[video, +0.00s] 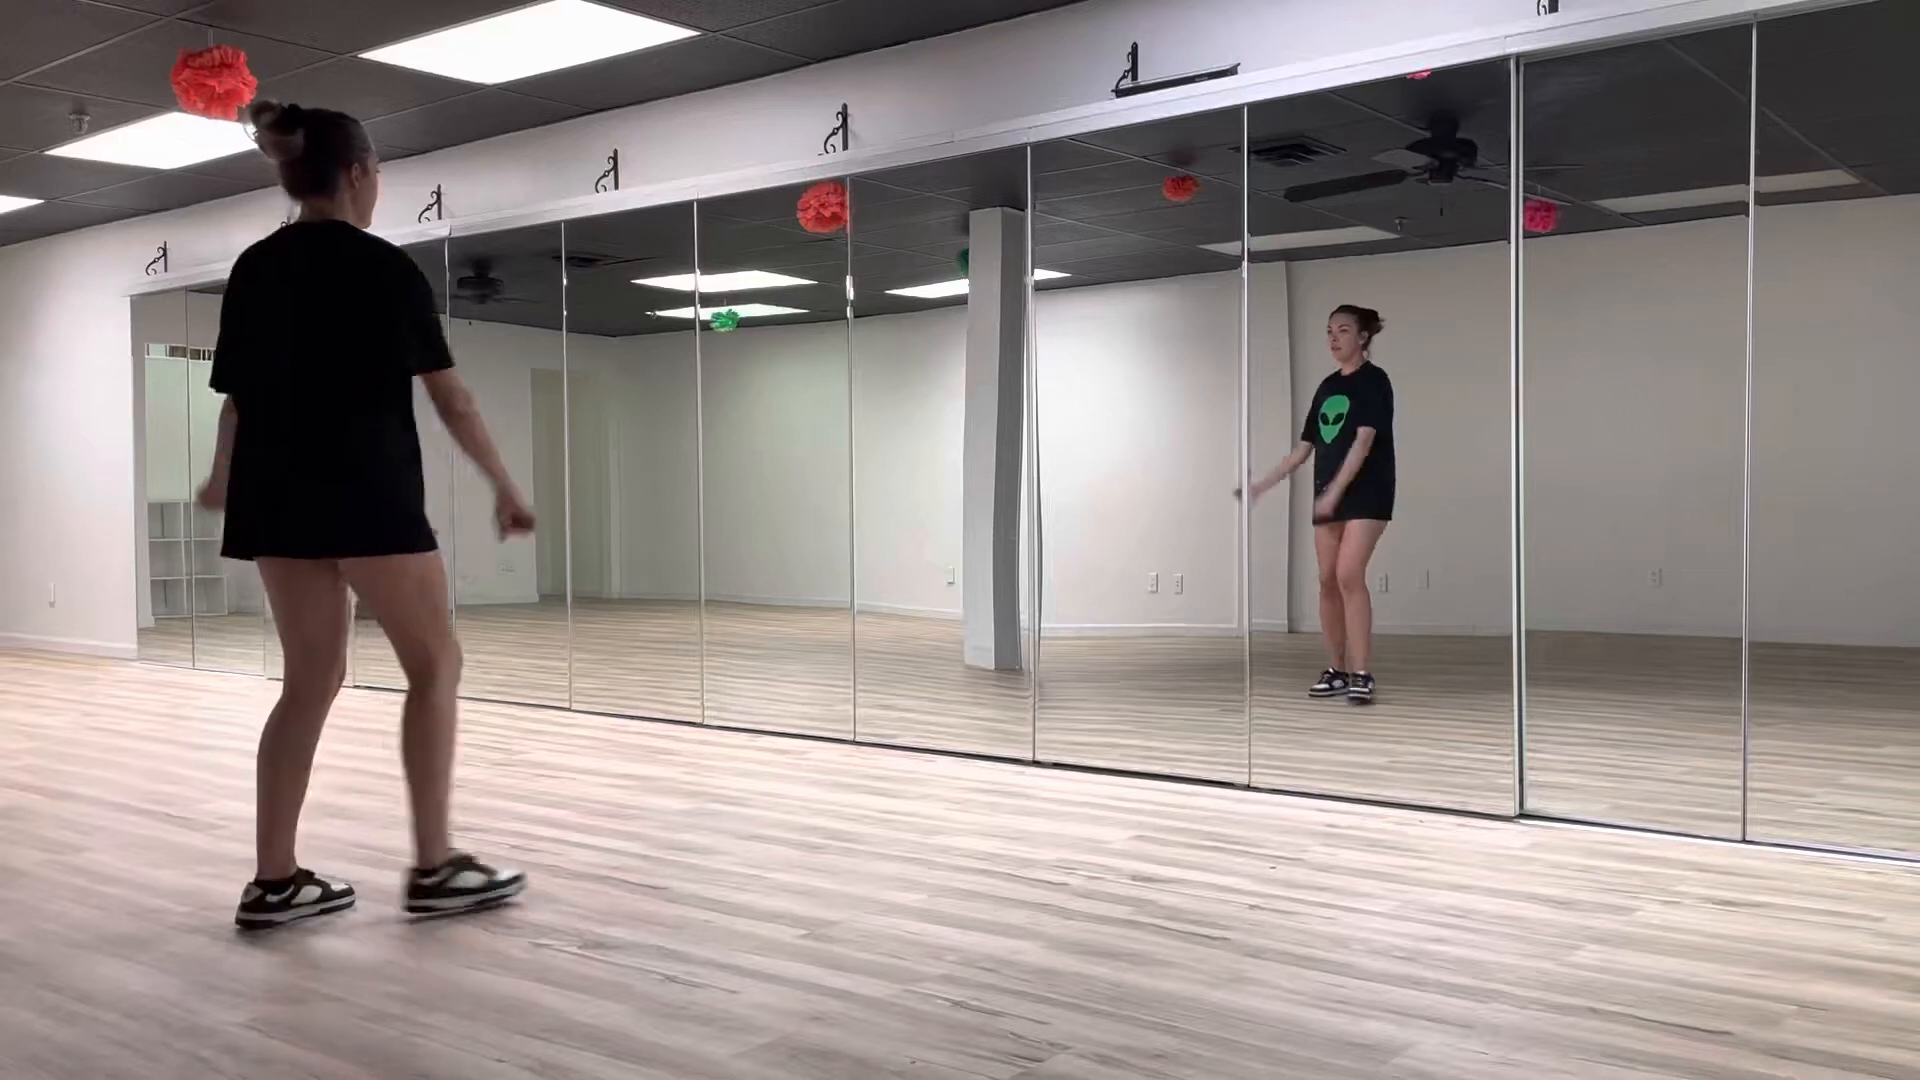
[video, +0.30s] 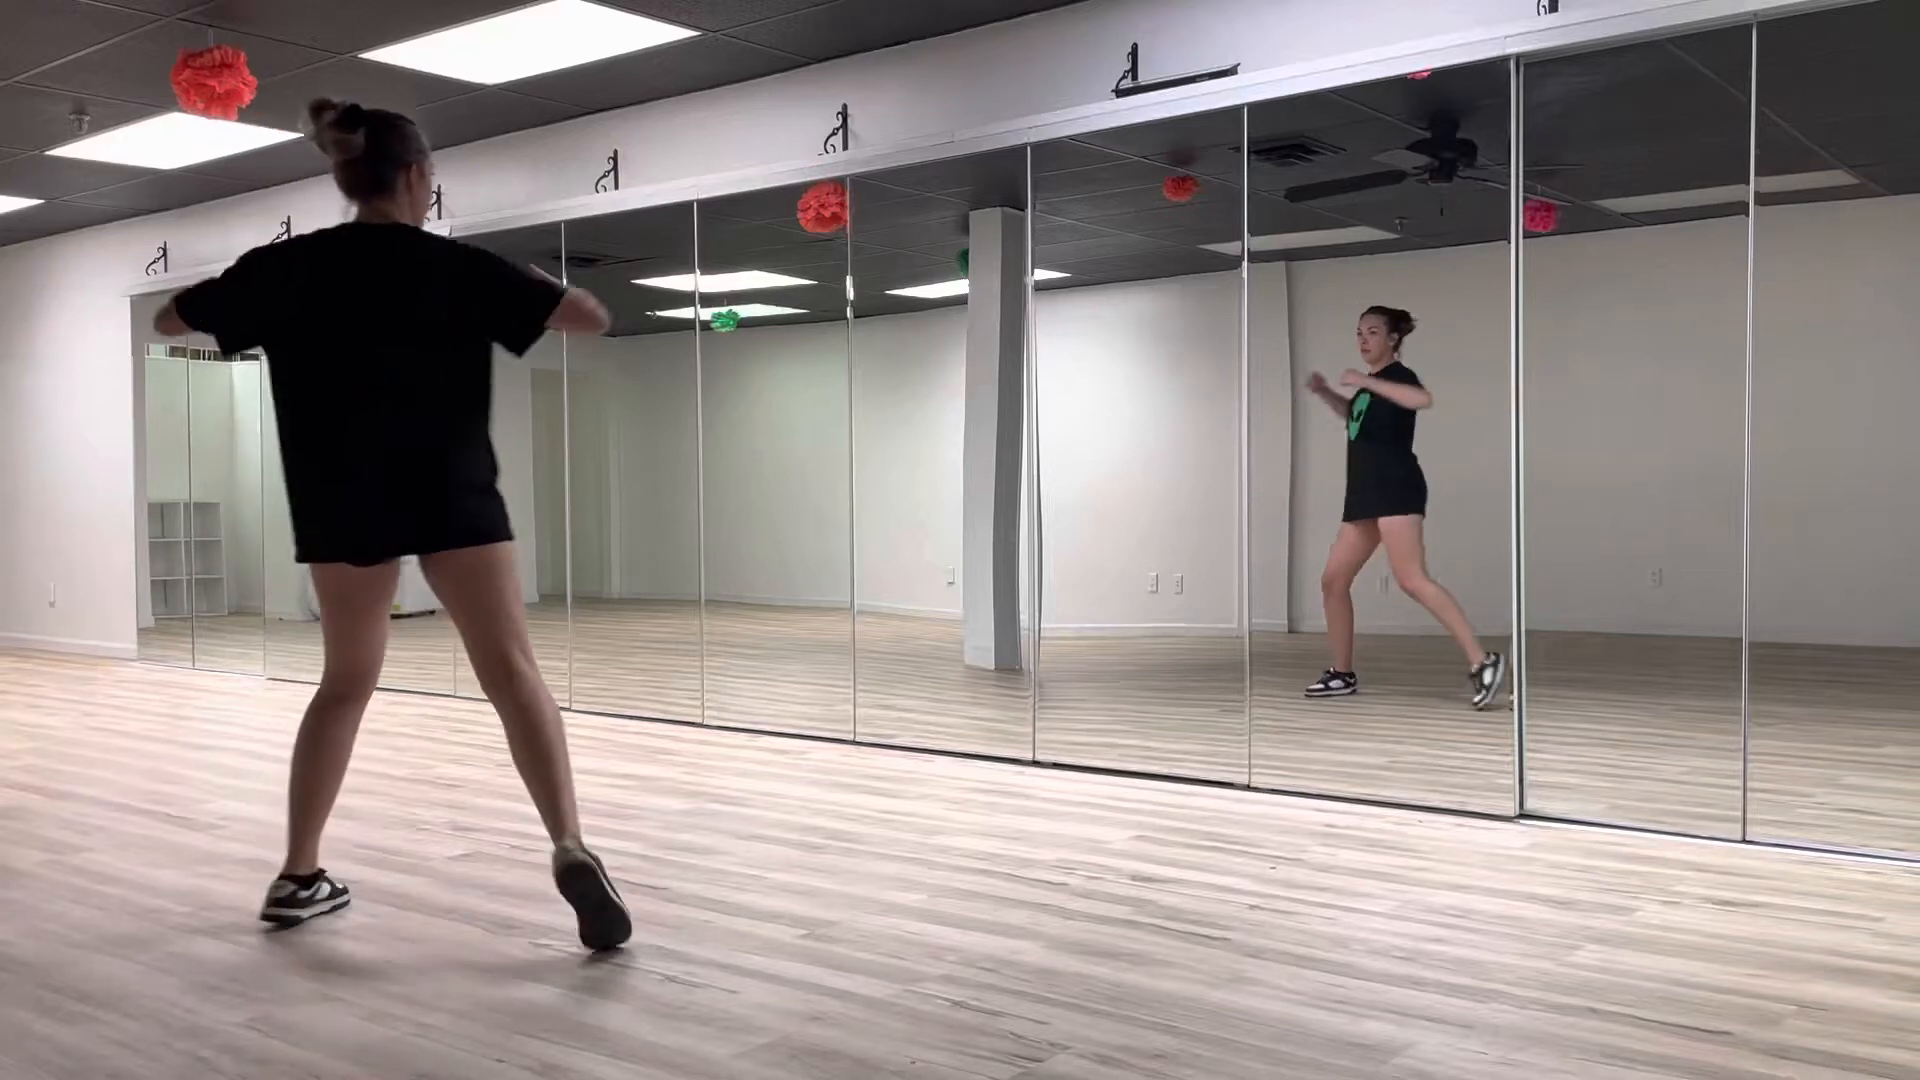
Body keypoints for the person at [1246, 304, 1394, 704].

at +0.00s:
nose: (1335, 338)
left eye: (1343, 331)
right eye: (1331, 332)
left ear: (1363, 336)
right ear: (1328, 339)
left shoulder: (1375, 381)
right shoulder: (1327, 387)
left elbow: (1363, 443)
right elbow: (1302, 449)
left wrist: (1333, 491)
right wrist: (1264, 482)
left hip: (1368, 491)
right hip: (1329, 491)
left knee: (1350, 576)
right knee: (1328, 579)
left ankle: (1361, 674)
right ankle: (1337, 671)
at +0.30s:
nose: (1364, 341)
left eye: (1372, 333)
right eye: (1360, 335)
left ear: (1393, 338)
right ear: (1359, 340)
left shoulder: (1399, 375)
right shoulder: (1371, 384)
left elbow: (1422, 399)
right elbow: (1358, 418)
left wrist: (1367, 383)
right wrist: (1326, 394)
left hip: (1397, 490)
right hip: (1366, 493)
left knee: (1412, 580)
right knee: (1333, 580)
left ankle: (1482, 663)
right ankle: (1341, 673)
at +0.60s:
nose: (1389, 372)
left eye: (1398, 364)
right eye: (1386, 365)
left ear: (1419, 369)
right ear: (1385, 370)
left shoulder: (1433, 404)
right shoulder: (1402, 412)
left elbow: (1483, 408)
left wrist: (1432, 429)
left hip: (1440, 524)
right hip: (1410, 527)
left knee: (1453, 607)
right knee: (1349, 585)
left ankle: (1520, 681)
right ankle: (1346, 676)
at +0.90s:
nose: (1367, 352)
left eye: (1376, 346)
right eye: (1364, 345)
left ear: (1396, 352)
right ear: (1360, 350)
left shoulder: (1405, 396)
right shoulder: (1358, 399)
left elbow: (1426, 455)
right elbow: (1353, 462)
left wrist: (1413, 511)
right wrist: (1350, 513)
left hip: (1408, 508)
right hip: (1369, 510)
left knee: (1427, 589)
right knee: (1329, 587)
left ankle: (1496, 670)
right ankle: (1346, 676)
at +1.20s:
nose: (1341, 327)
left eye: (1350, 320)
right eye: (1337, 321)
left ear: (1369, 324)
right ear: (1333, 326)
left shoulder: (1387, 370)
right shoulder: (1325, 374)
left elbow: (1396, 436)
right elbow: (1316, 438)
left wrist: (1396, 497)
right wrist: (1307, 493)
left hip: (1373, 485)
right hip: (1331, 485)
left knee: (1359, 573)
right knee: (1333, 574)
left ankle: (1364, 670)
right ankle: (1336, 669)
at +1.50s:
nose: (1338, 334)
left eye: (1347, 327)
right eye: (1333, 328)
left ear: (1364, 333)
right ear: (1327, 333)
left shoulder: (1383, 381)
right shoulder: (1312, 381)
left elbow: (1391, 447)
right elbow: (1302, 448)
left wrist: (1397, 505)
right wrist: (1287, 502)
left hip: (1367, 496)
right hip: (1320, 497)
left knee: (1356, 582)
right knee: (1328, 584)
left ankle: (1355, 674)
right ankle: (1337, 670)